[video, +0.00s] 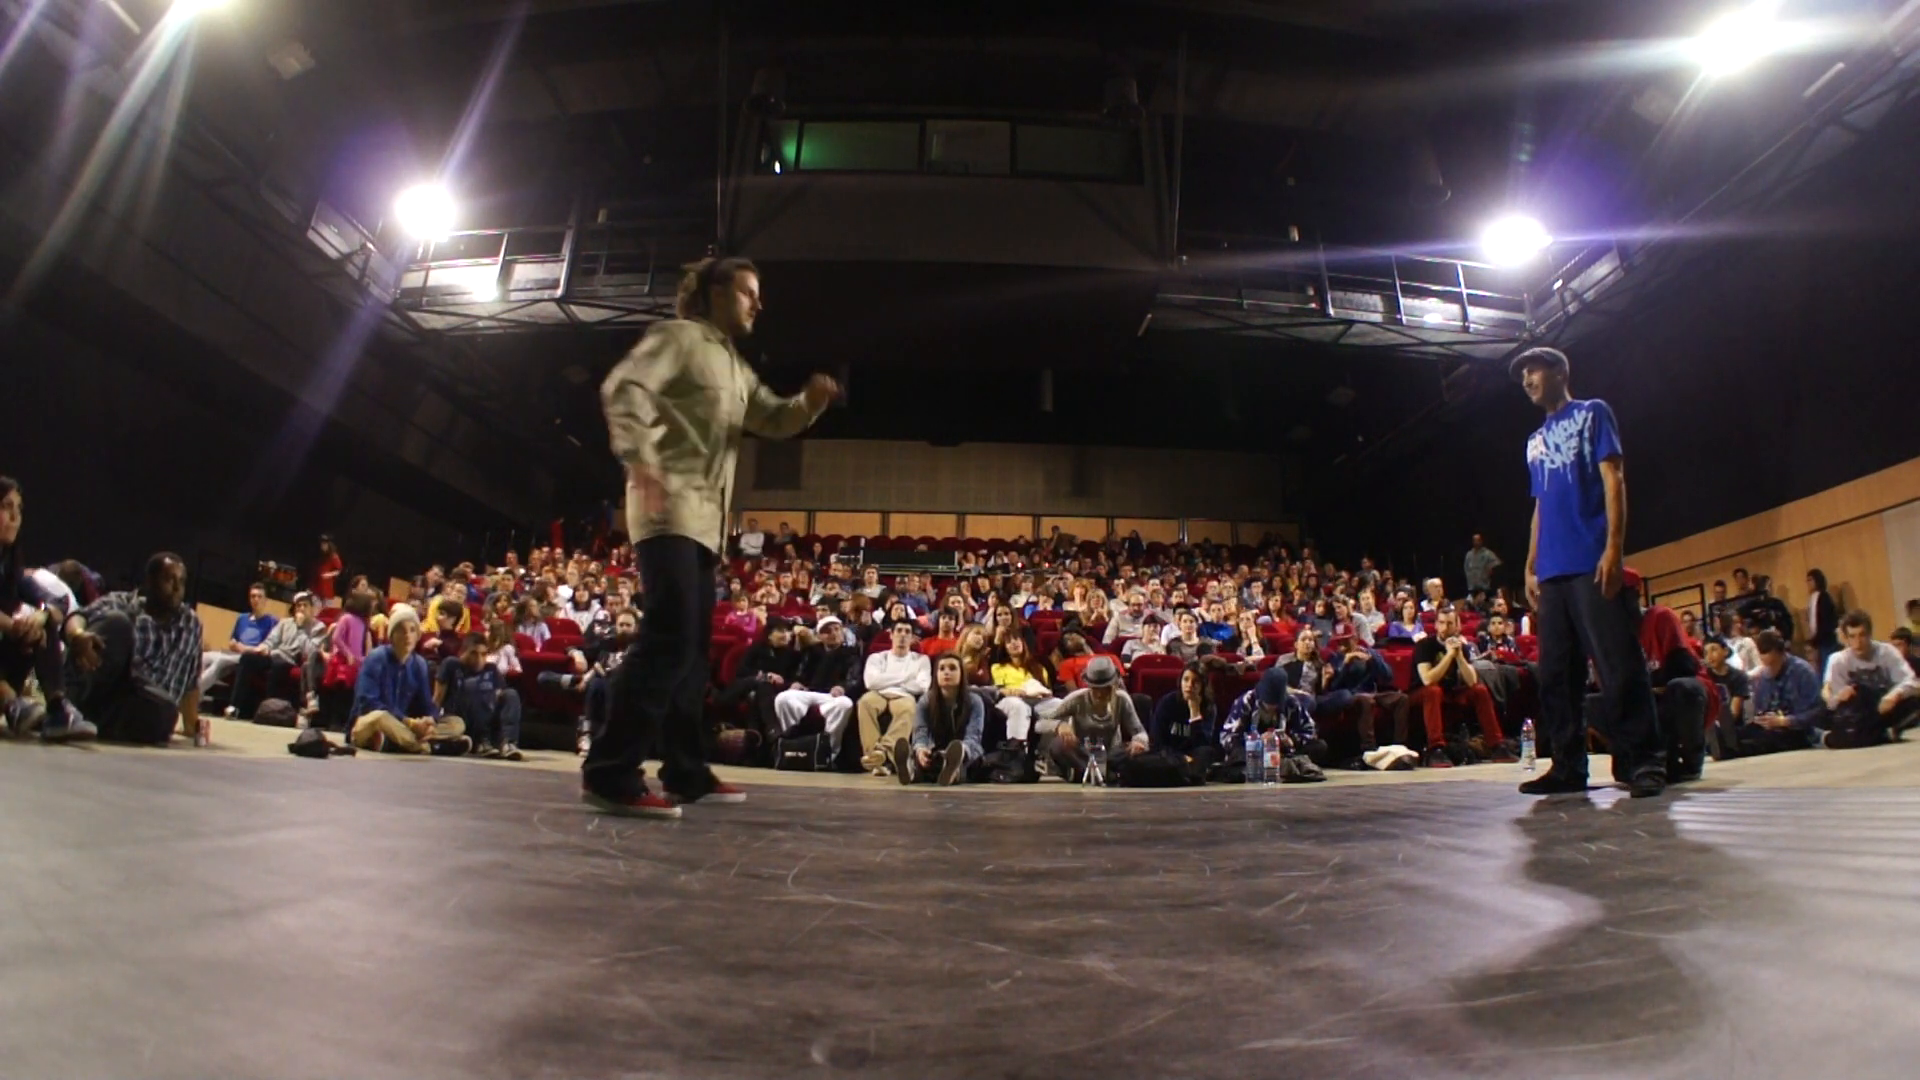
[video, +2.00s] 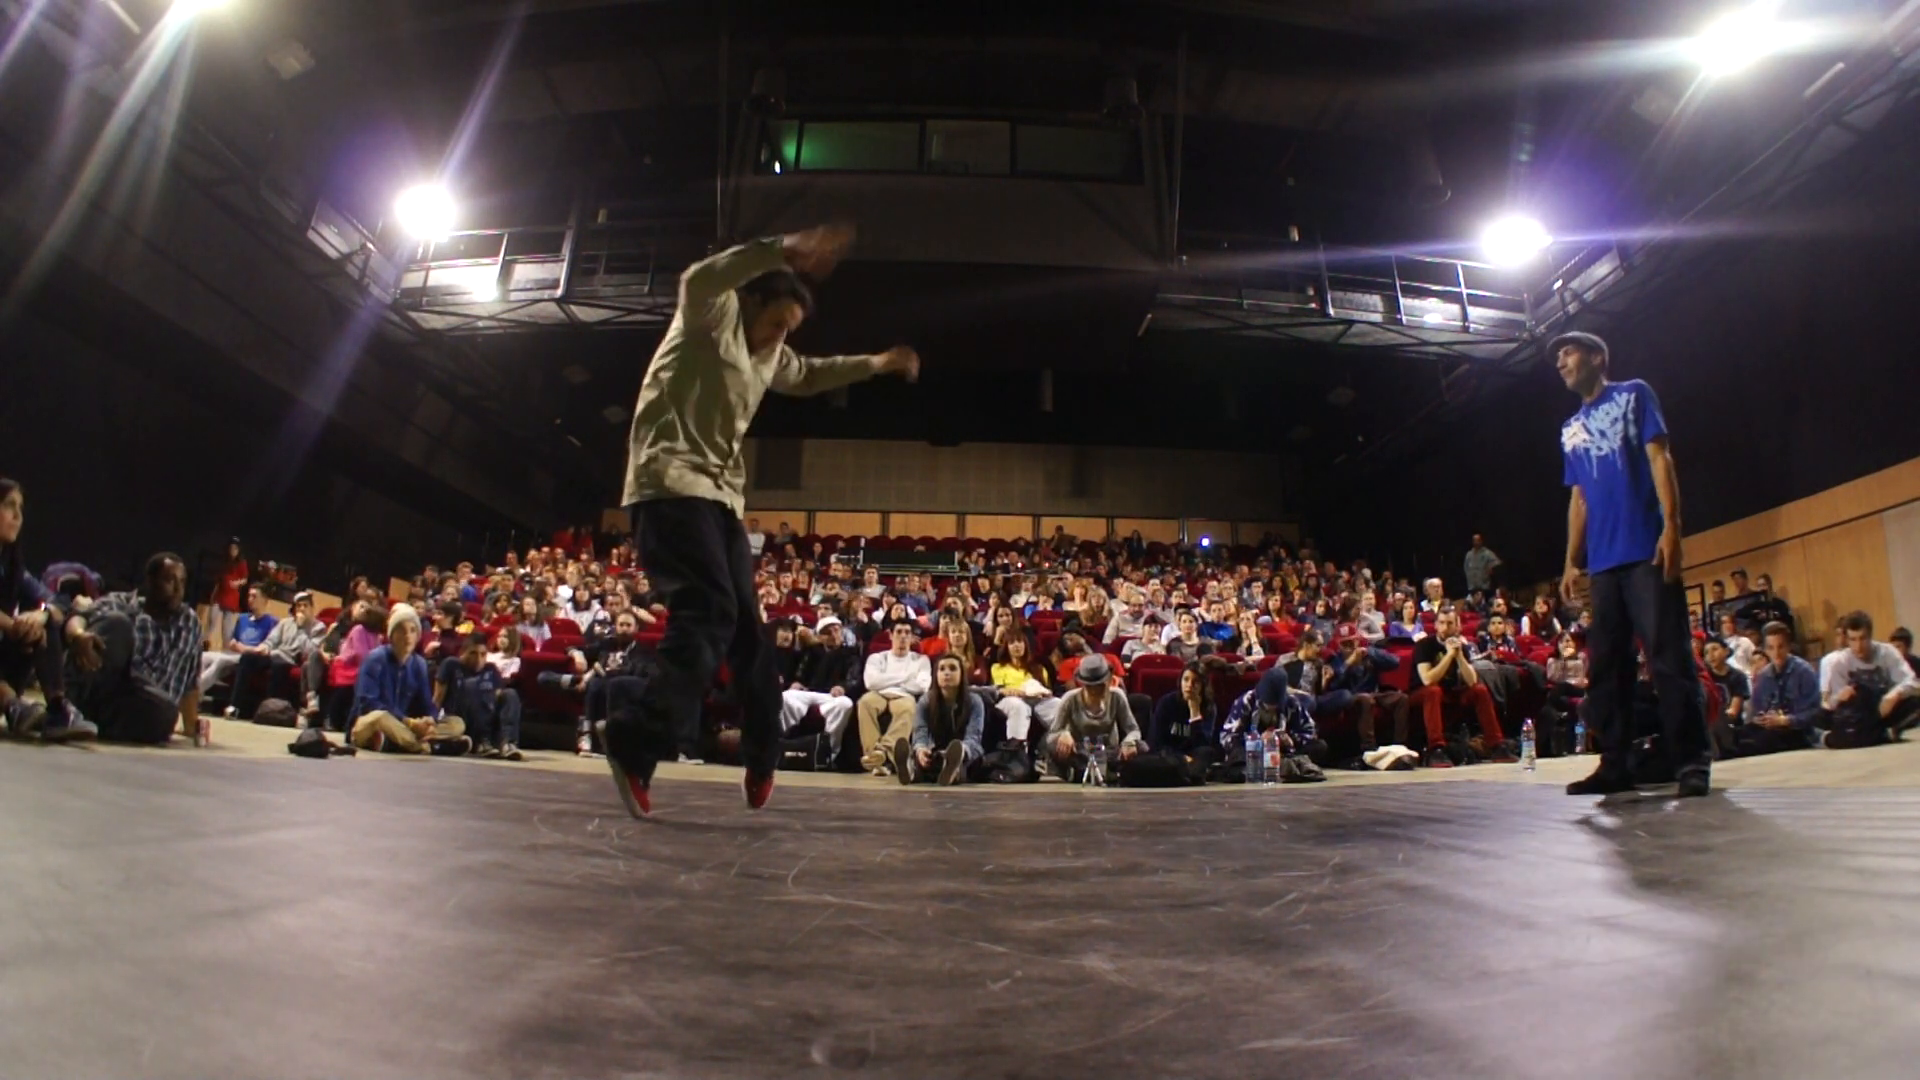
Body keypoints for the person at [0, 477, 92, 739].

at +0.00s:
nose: (14, 516)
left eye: (18, 509)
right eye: (6, 507)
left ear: (21, 515)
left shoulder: (12, 567)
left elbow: (56, 606)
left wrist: (43, 615)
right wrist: (11, 625)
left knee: (44, 624)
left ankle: (57, 708)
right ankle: (11, 703)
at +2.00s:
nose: (17, 516)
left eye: (19, 508)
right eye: (10, 506)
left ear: (21, 514)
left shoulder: (12, 565)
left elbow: (55, 607)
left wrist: (42, 614)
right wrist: (12, 623)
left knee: (46, 624)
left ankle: (58, 709)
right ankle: (12, 706)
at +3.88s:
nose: (17, 517)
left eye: (20, 509)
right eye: (10, 506)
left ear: (21, 515)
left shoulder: (11, 566)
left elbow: (60, 607)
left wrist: (43, 613)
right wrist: (13, 625)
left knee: (46, 625)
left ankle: (57, 707)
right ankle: (10, 702)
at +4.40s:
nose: (11, 515)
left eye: (16, 507)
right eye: (4, 506)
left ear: (20, 515)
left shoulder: (12, 566)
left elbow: (58, 609)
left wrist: (43, 614)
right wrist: (12, 623)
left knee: (49, 626)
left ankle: (58, 709)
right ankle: (12, 705)